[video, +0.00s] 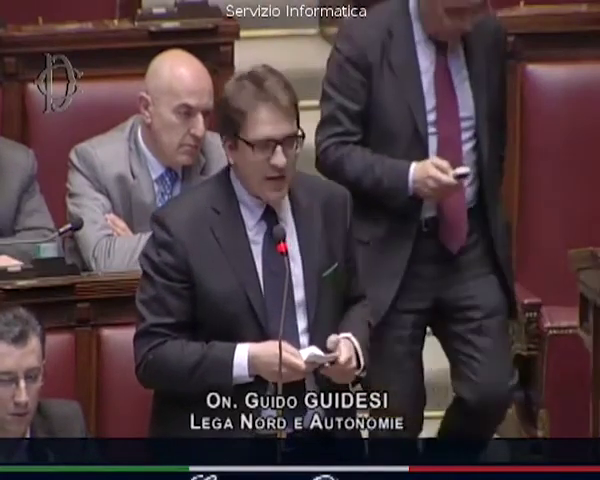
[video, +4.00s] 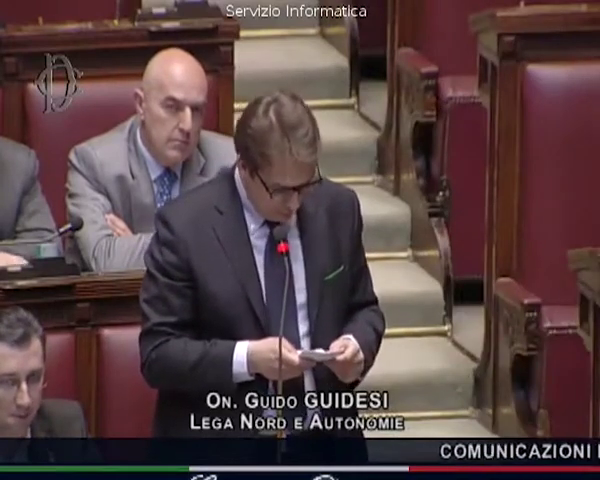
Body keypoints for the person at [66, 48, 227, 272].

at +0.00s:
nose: (199, 131)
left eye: (206, 114)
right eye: (185, 113)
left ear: (211, 110)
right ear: (146, 108)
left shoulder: (219, 154)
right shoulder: (92, 160)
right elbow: (105, 260)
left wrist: (137, 248)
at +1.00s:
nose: (189, 130)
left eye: (198, 113)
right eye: (174, 111)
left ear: (207, 108)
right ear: (141, 106)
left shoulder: (229, 157)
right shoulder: (91, 161)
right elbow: (105, 259)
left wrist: (138, 250)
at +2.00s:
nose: (184, 125)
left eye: (194, 109)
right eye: (169, 106)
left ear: (203, 108)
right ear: (139, 104)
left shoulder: (230, 157)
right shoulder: (91, 161)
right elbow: (105, 259)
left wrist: (138, 250)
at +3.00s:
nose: (186, 125)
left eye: (197, 109)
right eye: (172, 107)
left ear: (205, 109)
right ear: (140, 104)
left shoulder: (222, 154)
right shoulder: (91, 160)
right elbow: (104, 260)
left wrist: (137, 246)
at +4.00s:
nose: (186, 125)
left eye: (197, 110)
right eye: (172, 107)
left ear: (204, 109)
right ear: (141, 104)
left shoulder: (230, 157)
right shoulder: (91, 161)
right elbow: (105, 259)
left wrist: (138, 250)